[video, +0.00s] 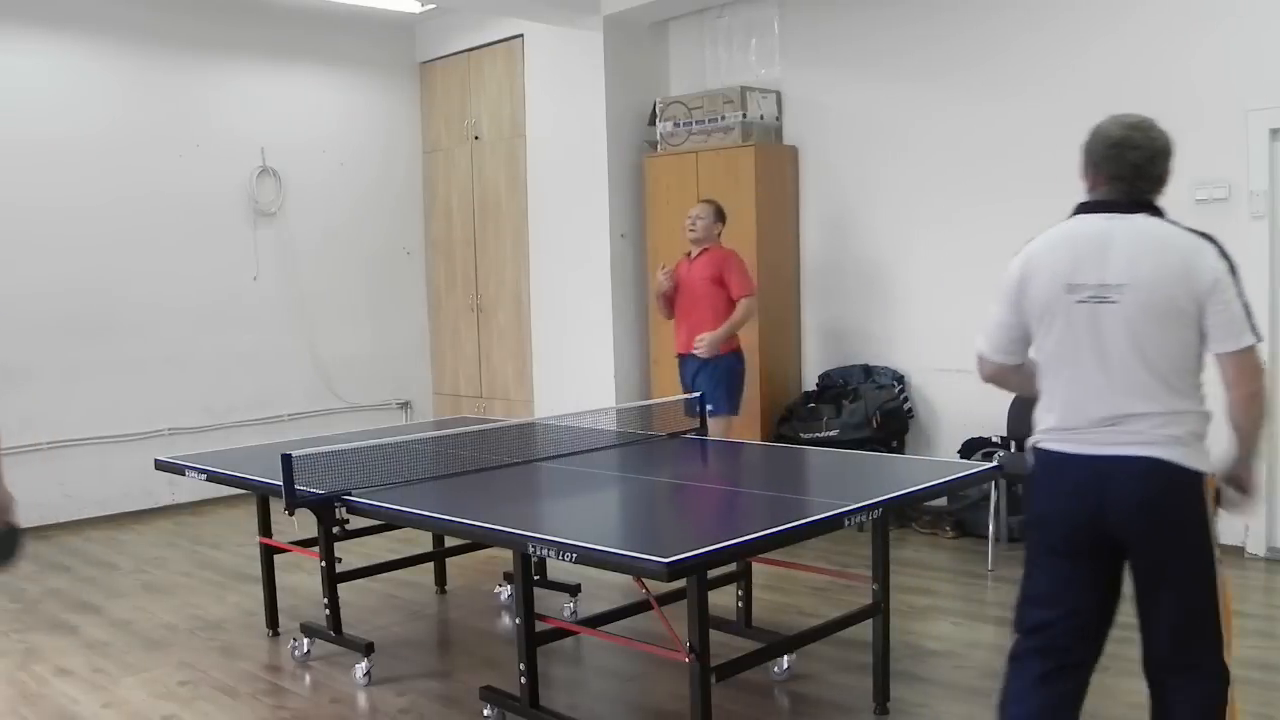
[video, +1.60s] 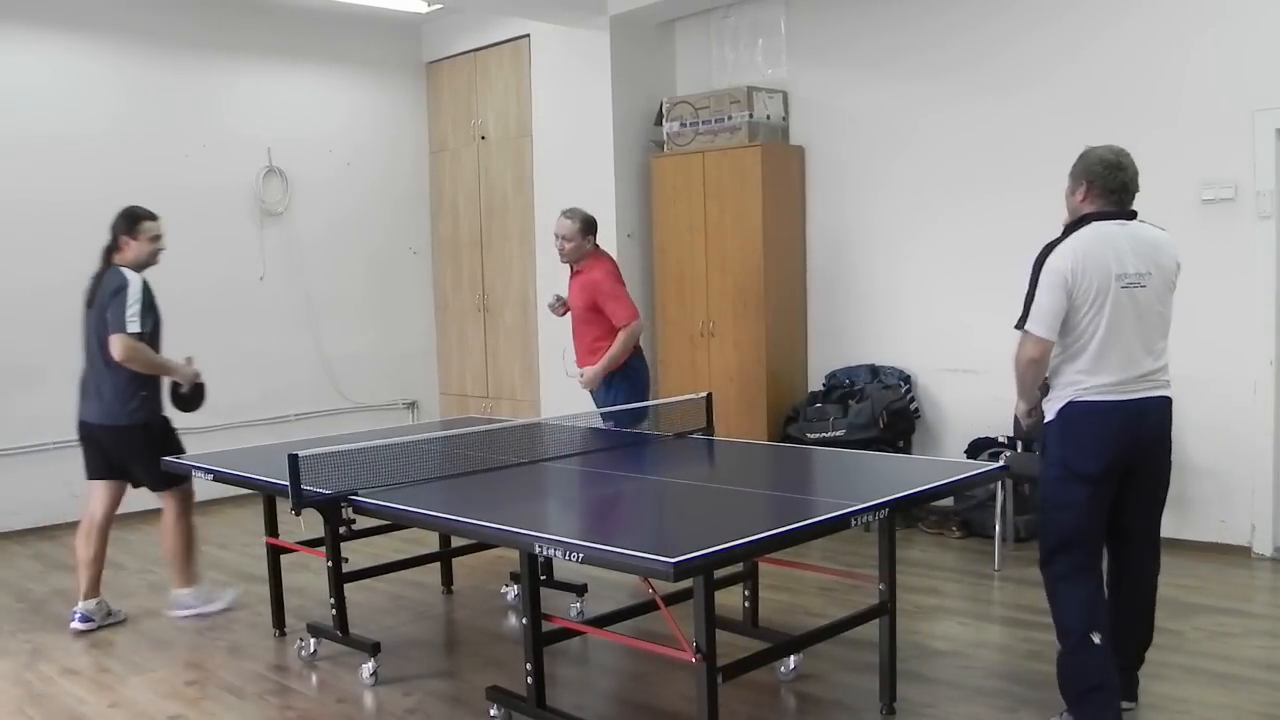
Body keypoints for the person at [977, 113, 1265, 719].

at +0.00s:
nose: (1083, 175)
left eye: (1086, 167)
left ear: (1087, 173)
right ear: (1161, 178)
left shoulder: (1040, 253)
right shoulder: (1198, 255)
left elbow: (996, 365)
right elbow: (1245, 380)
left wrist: (1064, 384)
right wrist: (1242, 461)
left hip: (1063, 481)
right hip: (1163, 486)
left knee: (1046, 653)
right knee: (1186, 665)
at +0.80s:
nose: (1061, 189)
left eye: (1064, 180)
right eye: (1065, 180)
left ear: (1076, 185)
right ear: (1134, 185)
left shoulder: (1046, 258)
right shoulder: (1184, 242)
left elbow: (1019, 367)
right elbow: (1225, 340)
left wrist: (1012, 456)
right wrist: (1209, 407)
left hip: (1081, 443)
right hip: (1168, 441)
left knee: (1085, 587)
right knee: (1182, 588)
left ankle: (1092, 709)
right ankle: (1194, 711)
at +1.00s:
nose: (1044, 194)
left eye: (1047, 185)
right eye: (1047, 185)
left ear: (1060, 189)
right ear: (1115, 189)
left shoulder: (1035, 261)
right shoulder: (1166, 241)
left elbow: (1000, 368)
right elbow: (1200, 326)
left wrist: (1006, 445)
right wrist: (1145, 355)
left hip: (1078, 438)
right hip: (1160, 434)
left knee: (1083, 582)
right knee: (1168, 578)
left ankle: (1093, 710)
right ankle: (1178, 709)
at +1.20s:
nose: (1044, 196)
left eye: (1047, 187)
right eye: (1047, 186)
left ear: (1060, 190)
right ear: (1111, 190)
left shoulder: (1040, 257)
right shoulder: (1158, 243)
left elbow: (1011, 366)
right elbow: (1152, 323)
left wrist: (1023, 418)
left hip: (1078, 426)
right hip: (1155, 424)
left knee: (1082, 572)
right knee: (1156, 559)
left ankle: (1094, 706)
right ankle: (1145, 687)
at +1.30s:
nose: (1049, 197)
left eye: (1051, 187)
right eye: (1051, 187)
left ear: (1064, 190)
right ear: (1114, 192)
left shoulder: (1045, 256)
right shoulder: (1157, 241)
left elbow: (1018, 364)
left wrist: (1026, 408)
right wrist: (1063, 234)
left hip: (1079, 424)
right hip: (1153, 422)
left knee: (1081, 566)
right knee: (1146, 552)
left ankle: (1094, 704)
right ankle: (1131, 679)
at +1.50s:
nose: (1060, 202)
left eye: (1064, 192)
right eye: (1063, 191)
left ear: (1079, 193)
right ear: (1123, 196)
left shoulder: (1063, 255)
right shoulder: (1161, 247)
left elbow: (1026, 359)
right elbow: (1139, 327)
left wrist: (1027, 407)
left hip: (1080, 425)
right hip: (1150, 423)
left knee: (1075, 566)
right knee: (1137, 554)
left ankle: (1094, 706)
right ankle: (1123, 682)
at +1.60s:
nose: (1066, 199)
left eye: (1069, 190)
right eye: (1069, 189)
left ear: (1084, 191)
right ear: (1129, 193)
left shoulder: (1066, 253)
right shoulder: (1164, 247)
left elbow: (1034, 351)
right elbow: (1147, 327)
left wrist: (1027, 405)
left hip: (1082, 424)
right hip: (1152, 421)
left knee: (1069, 560)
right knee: (1137, 552)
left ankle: (1092, 704)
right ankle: (1123, 682)